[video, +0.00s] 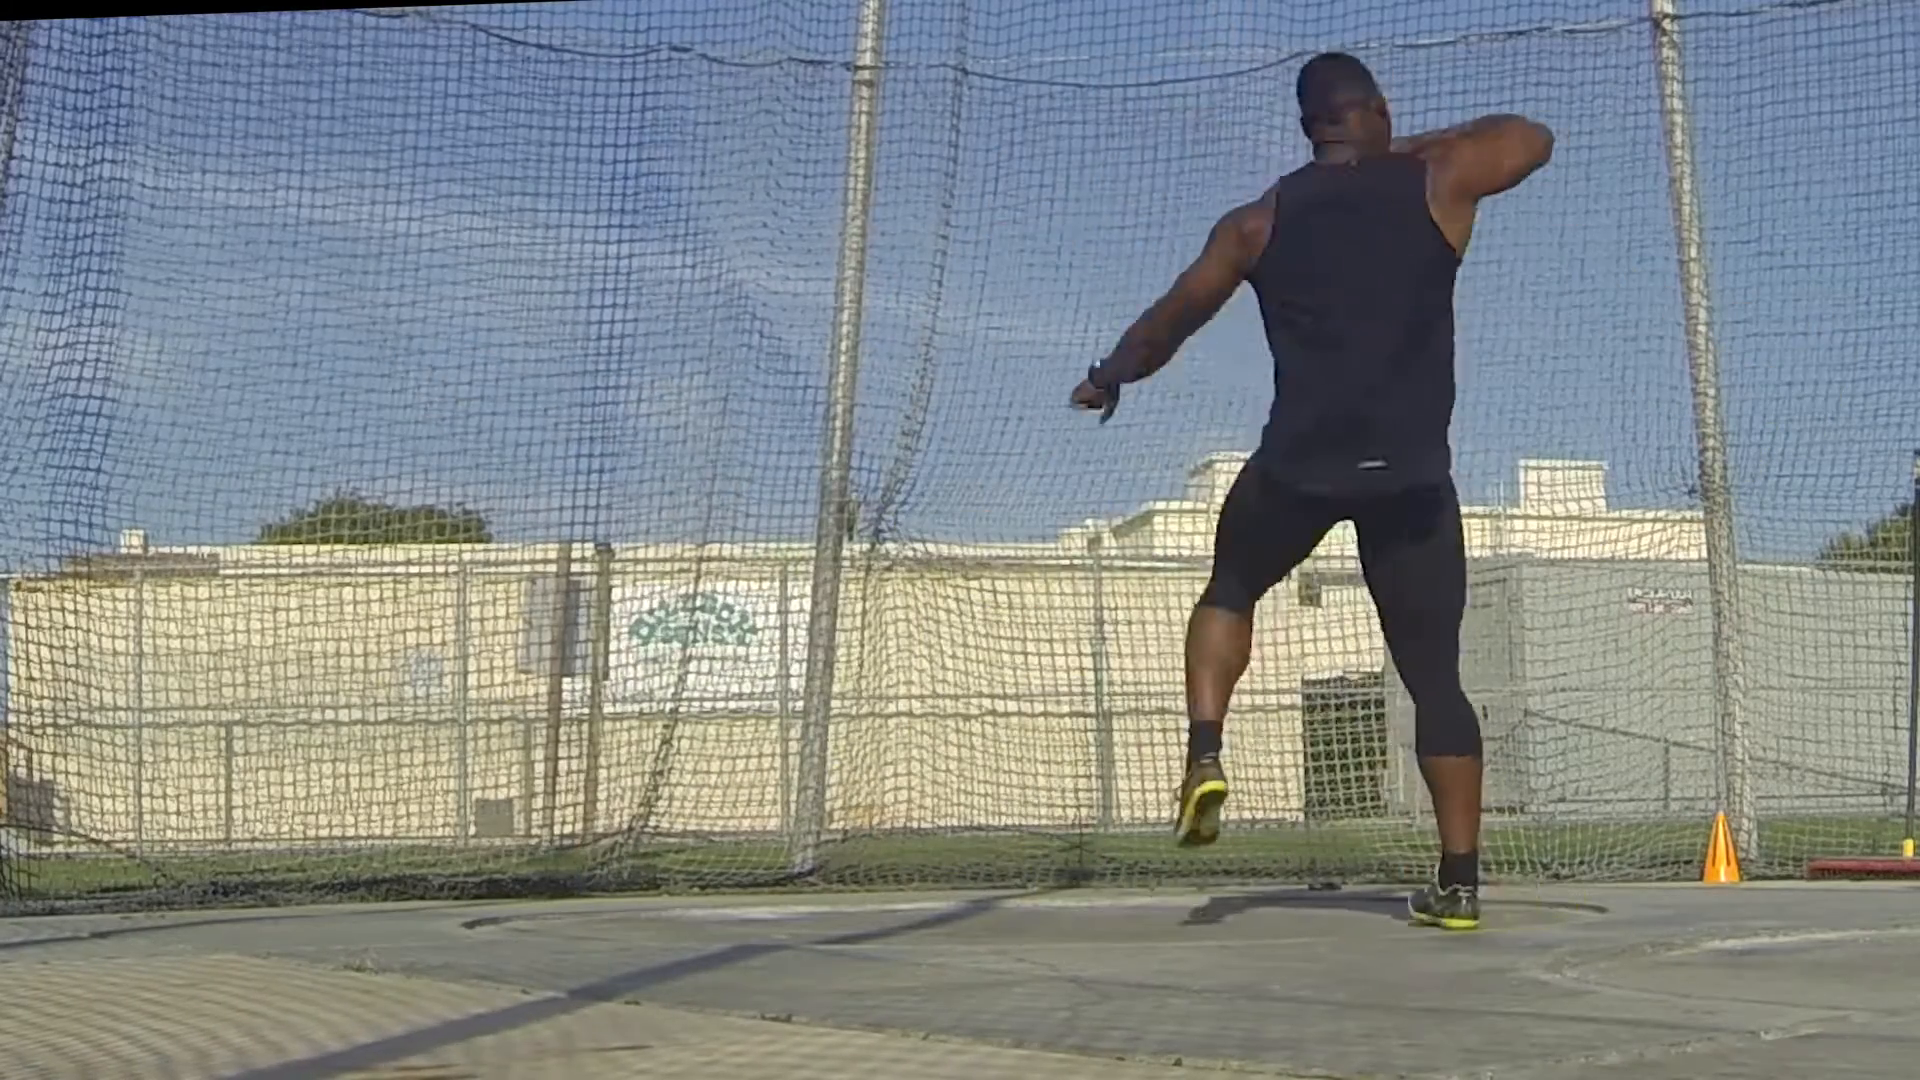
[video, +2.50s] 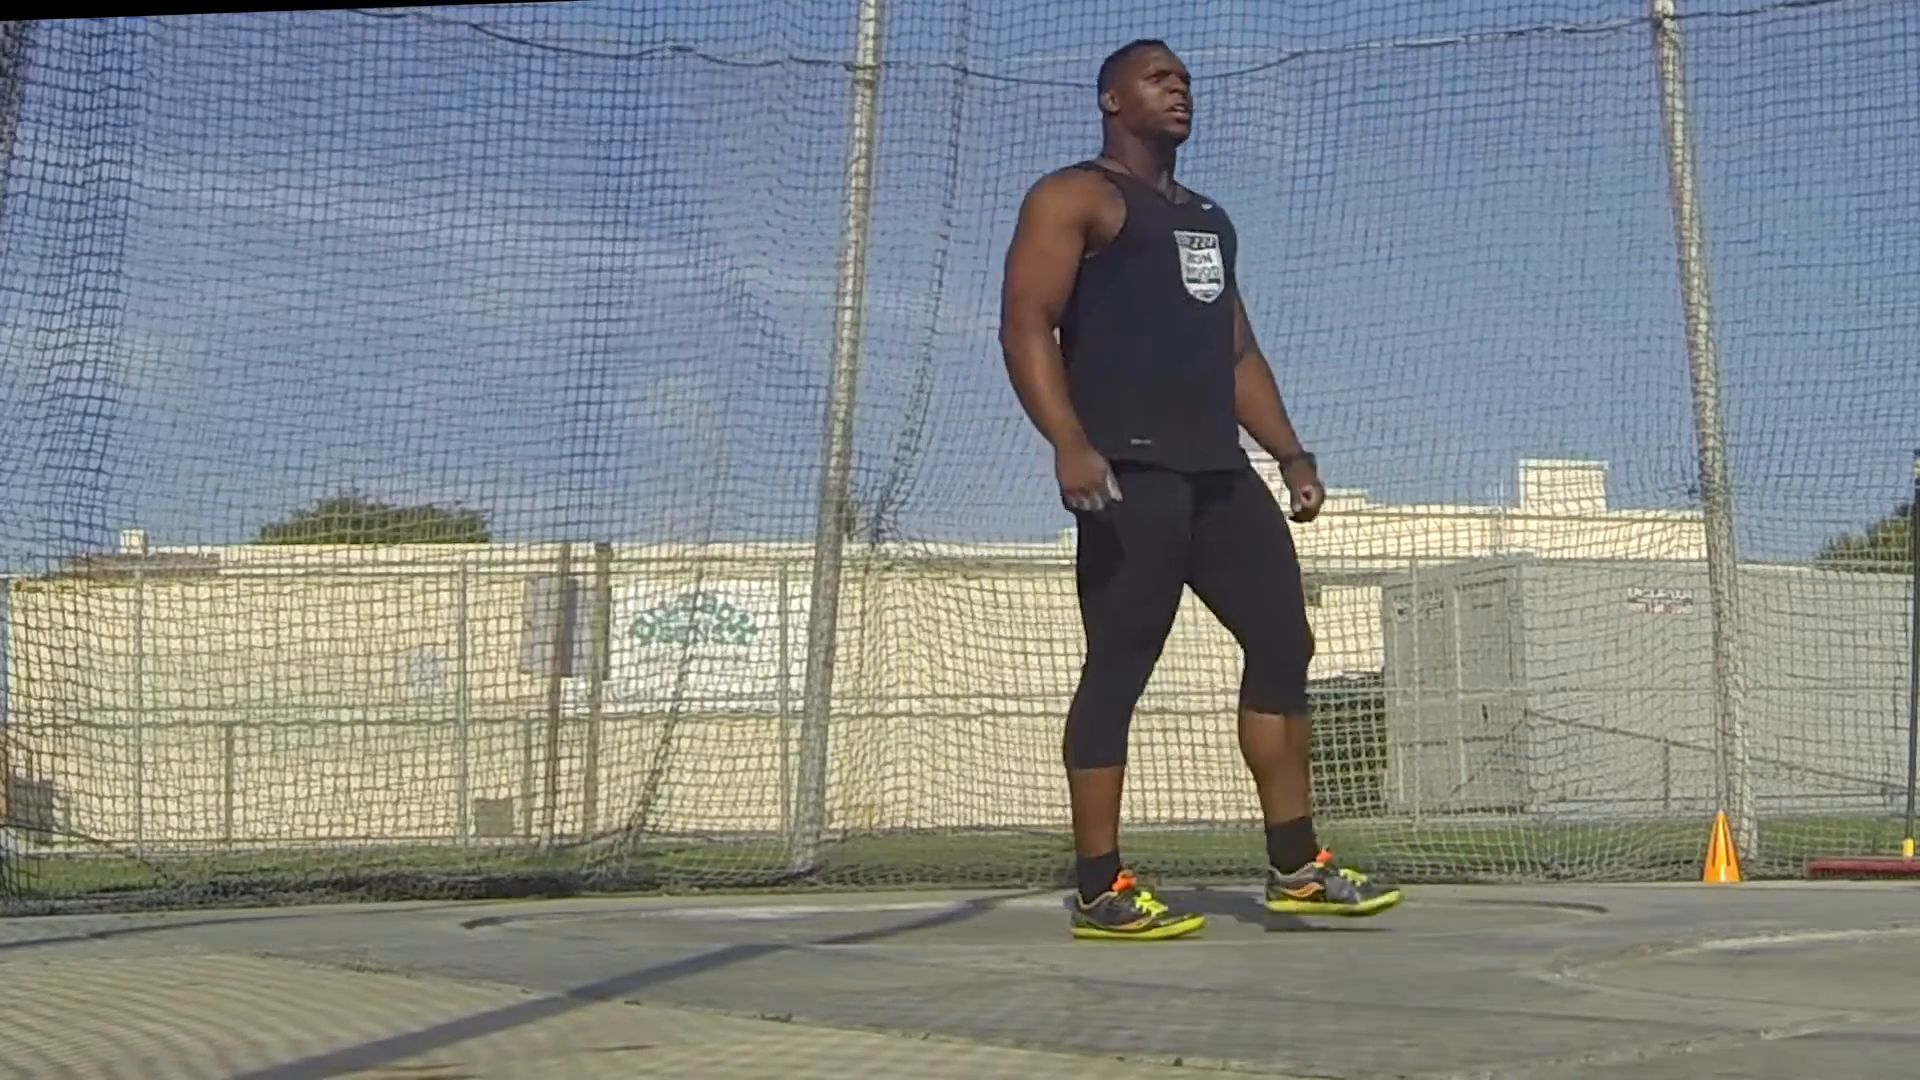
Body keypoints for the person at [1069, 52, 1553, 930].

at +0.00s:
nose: (1385, 120)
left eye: (1372, 110)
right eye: (1381, 108)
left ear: (1306, 130)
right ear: (1376, 115)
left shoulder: (1259, 220)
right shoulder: (1443, 174)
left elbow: (1173, 317)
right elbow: (1534, 138)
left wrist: (1112, 373)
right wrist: (1421, 145)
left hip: (1295, 464)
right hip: (1410, 470)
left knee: (1229, 590)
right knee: (1435, 678)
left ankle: (1205, 756)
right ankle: (1460, 883)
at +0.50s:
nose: (1248, 128)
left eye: (1243, 113)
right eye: (1228, 114)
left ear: (1194, 141)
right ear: (1174, 136)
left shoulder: (1222, 238)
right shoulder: (1137, 238)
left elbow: (1208, 360)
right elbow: (1154, 355)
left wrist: (1273, 462)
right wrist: (1273, 342)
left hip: (1273, 473)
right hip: (1195, 487)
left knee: (1360, 636)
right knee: (1251, 666)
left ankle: (1351, 849)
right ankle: (1213, 875)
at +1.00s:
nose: (1001, 166)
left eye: (979, 153)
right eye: (1014, 153)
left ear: (949, 160)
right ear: (1026, 160)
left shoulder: (898, 243)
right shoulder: (1084, 244)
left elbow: (829, 374)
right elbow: (1145, 381)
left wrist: (816, 468)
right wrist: (1149, 474)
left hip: (940, 512)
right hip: (1049, 511)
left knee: (920, 698)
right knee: (1088, 687)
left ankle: (895, 891)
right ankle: (1122, 880)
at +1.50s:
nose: (924, 172)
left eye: (911, 159)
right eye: (943, 159)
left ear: (888, 168)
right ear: (962, 169)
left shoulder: (824, 251)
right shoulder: (999, 232)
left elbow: (798, 384)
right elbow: (1013, 348)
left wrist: (811, 505)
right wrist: (1012, 477)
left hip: (890, 504)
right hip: (992, 495)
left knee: (896, 691)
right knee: (1049, 668)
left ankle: (893, 889)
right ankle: (1078, 864)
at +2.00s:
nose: (1077, 132)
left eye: (1077, 118)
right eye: (1058, 118)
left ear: (1032, 141)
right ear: (1007, 136)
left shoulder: (1005, 229)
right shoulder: (996, 231)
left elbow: (994, 379)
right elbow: (992, 374)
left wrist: (1077, 469)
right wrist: (1089, 469)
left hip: (990, 499)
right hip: (1031, 497)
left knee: (968, 671)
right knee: (1057, 681)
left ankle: (886, 864)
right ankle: (1098, 888)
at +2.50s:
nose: (1180, 92)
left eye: (1184, 81)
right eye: (1159, 79)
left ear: (1186, 105)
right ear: (1111, 101)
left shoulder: (1206, 218)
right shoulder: (1071, 196)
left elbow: (1238, 351)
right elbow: (1024, 327)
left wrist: (1290, 451)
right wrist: (1070, 443)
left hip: (1220, 476)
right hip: (1127, 475)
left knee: (1281, 644)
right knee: (1114, 673)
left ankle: (1297, 866)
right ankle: (1099, 886)